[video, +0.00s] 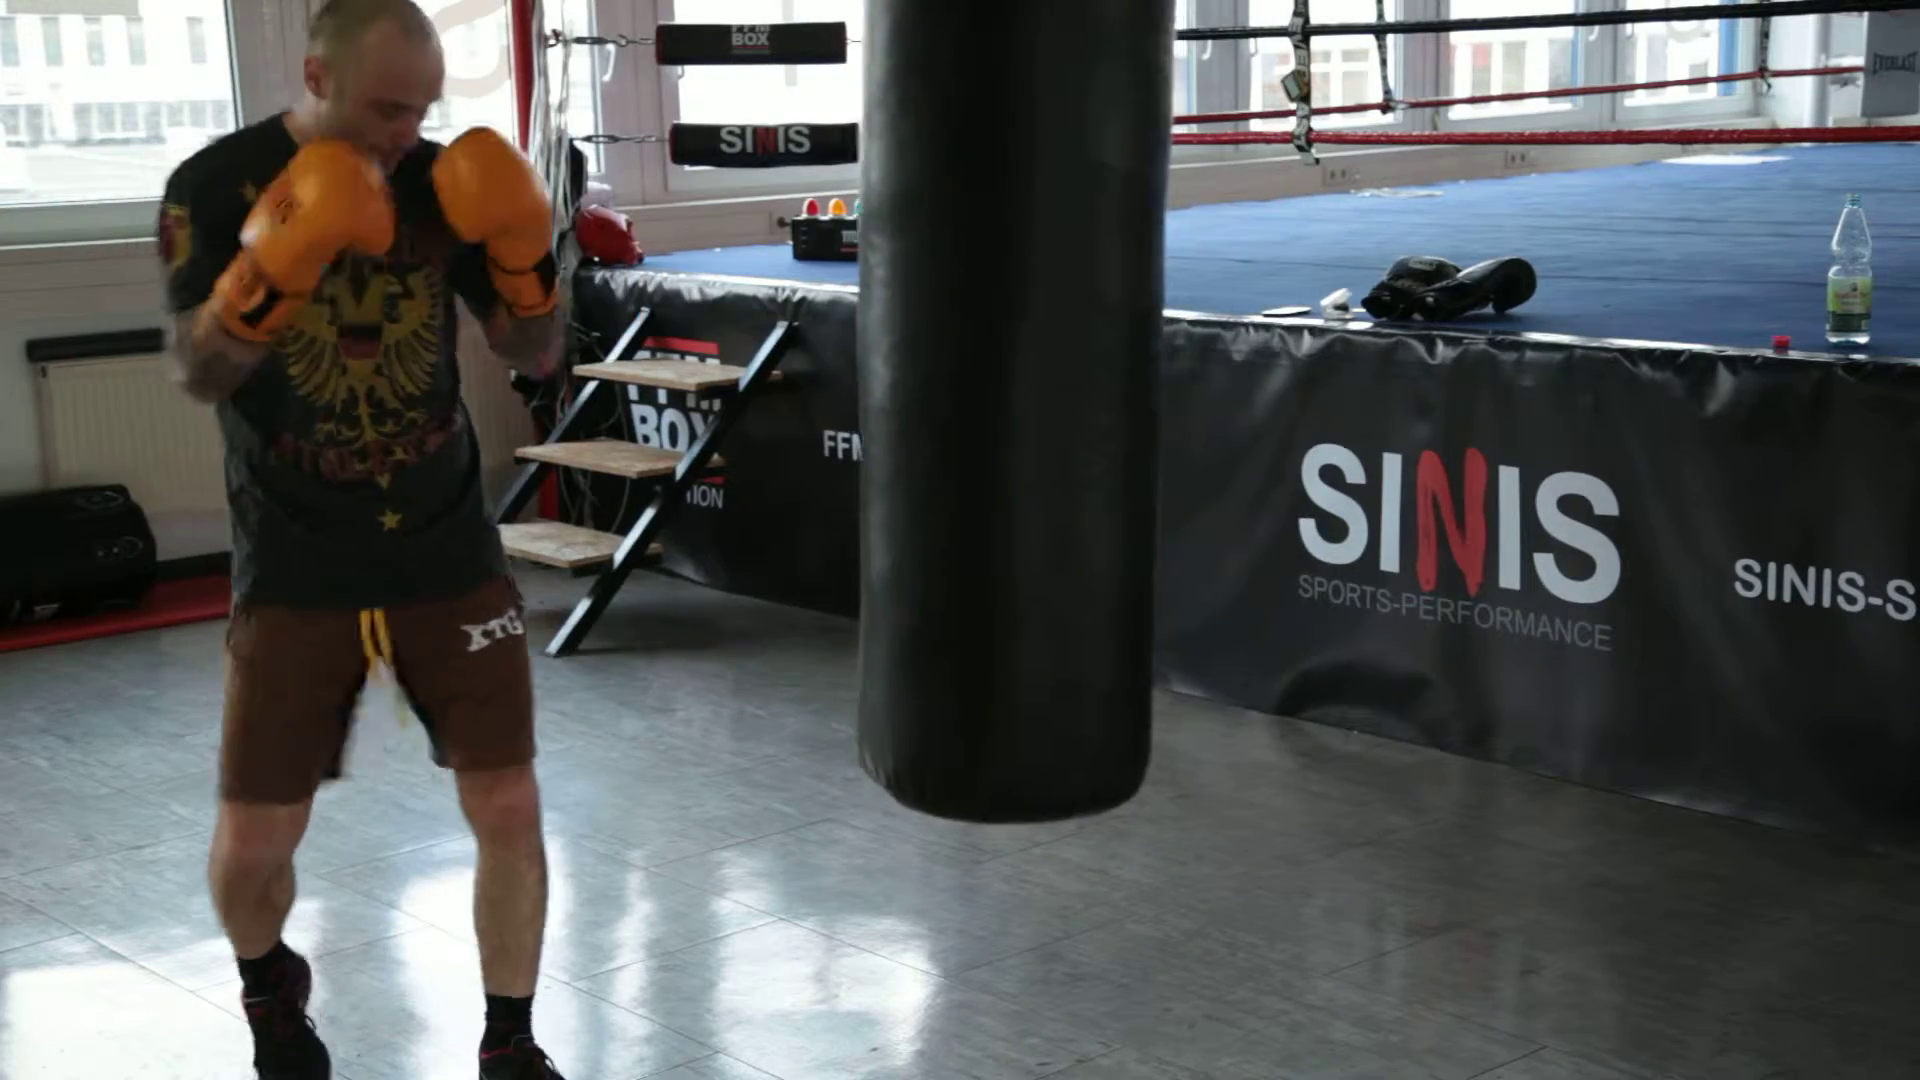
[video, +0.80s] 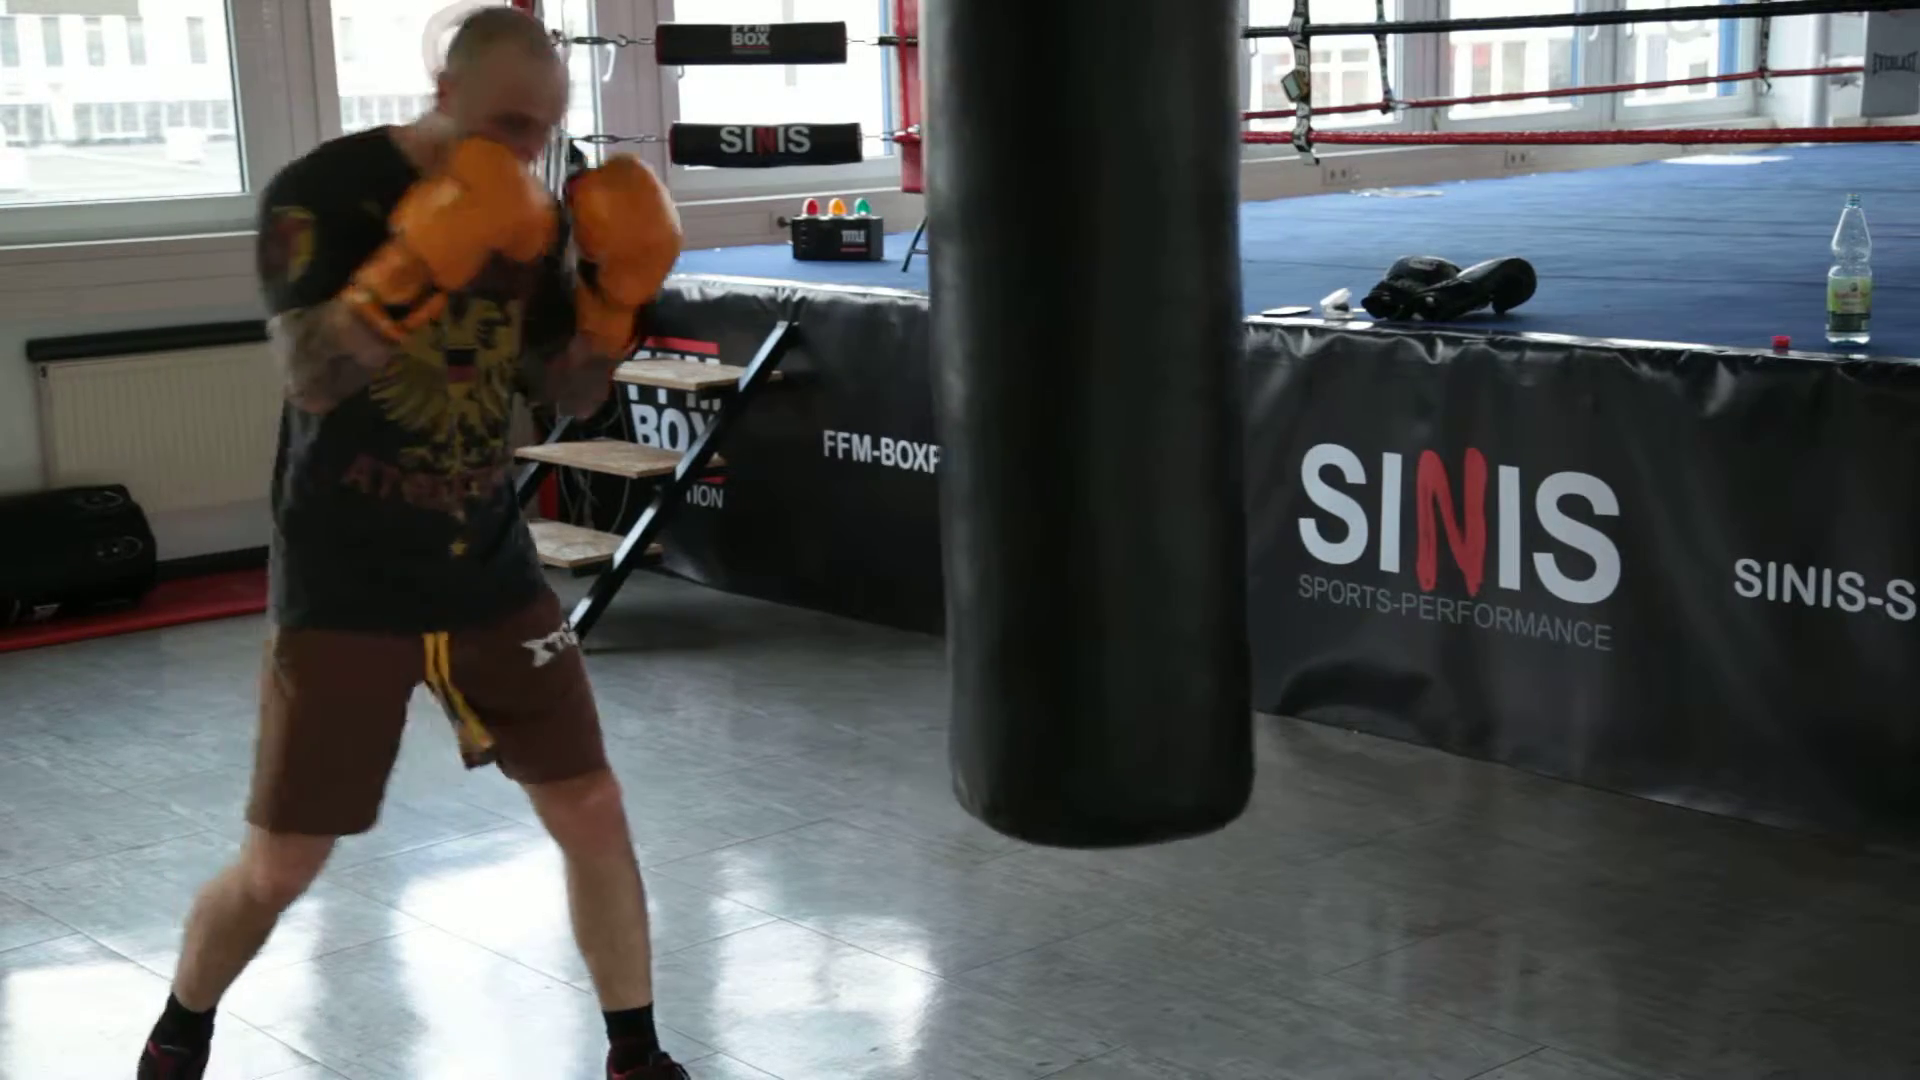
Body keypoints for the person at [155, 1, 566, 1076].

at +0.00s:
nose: (405, 132)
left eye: (422, 111)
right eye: (384, 110)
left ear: (437, 86)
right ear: (316, 75)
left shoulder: (445, 181)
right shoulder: (218, 187)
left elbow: (537, 355)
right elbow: (200, 378)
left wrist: (526, 256)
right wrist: (267, 273)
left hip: (445, 544)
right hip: (294, 558)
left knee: (510, 808)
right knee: (250, 854)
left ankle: (512, 1047)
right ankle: (273, 998)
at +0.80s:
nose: (519, 155)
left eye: (538, 134)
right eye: (503, 128)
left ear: (550, 123)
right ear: (440, 93)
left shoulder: (537, 218)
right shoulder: (320, 195)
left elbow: (561, 398)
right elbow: (311, 378)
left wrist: (618, 296)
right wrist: (418, 263)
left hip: (490, 561)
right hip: (345, 569)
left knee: (592, 812)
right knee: (283, 862)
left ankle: (637, 1057)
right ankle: (178, 1041)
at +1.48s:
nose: (425, 151)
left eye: (437, 125)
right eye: (401, 127)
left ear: (451, 106)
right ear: (328, 106)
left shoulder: (470, 195)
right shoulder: (236, 224)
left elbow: (551, 370)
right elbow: (237, 429)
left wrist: (567, 286)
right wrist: (318, 321)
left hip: (484, 557)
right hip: (330, 573)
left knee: (594, 815)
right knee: (250, 862)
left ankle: (637, 1058)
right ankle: (168, 1060)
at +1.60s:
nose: (502, 124)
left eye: (520, 101)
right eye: (482, 98)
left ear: (536, 86)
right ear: (411, 71)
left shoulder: (524, 202)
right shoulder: (296, 197)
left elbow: (575, 388)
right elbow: (277, 383)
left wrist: (619, 291)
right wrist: (390, 271)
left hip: (498, 562)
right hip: (345, 573)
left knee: (604, 822)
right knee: (267, 866)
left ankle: (638, 1060)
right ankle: (171, 1057)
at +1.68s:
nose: (533, 133)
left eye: (549, 110)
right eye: (513, 107)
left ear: (560, 97)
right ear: (440, 80)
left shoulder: (532, 214)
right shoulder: (321, 202)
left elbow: (571, 404)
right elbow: (305, 385)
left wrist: (632, 325)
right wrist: (432, 279)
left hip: (502, 560)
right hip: (352, 572)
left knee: (608, 823)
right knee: (269, 867)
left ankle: (638, 1063)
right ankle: (172, 1053)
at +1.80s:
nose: (530, 122)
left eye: (547, 98)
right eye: (509, 95)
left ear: (557, 85)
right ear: (434, 71)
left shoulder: (545, 202)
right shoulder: (312, 191)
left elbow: (559, 402)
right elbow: (284, 388)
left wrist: (611, 313)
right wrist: (403, 280)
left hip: (496, 560)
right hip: (341, 565)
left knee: (588, 834)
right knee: (248, 867)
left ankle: (636, 1063)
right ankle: (179, 1075)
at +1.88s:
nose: (492, 130)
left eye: (512, 106)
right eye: (471, 104)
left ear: (531, 88)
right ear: (402, 74)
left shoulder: (519, 198)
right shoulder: (285, 195)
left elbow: (582, 391)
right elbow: (263, 395)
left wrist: (593, 282)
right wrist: (369, 278)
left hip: (485, 575)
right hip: (327, 583)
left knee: (596, 840)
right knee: (245, 888)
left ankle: (636, 1062)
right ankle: (190, 1075)